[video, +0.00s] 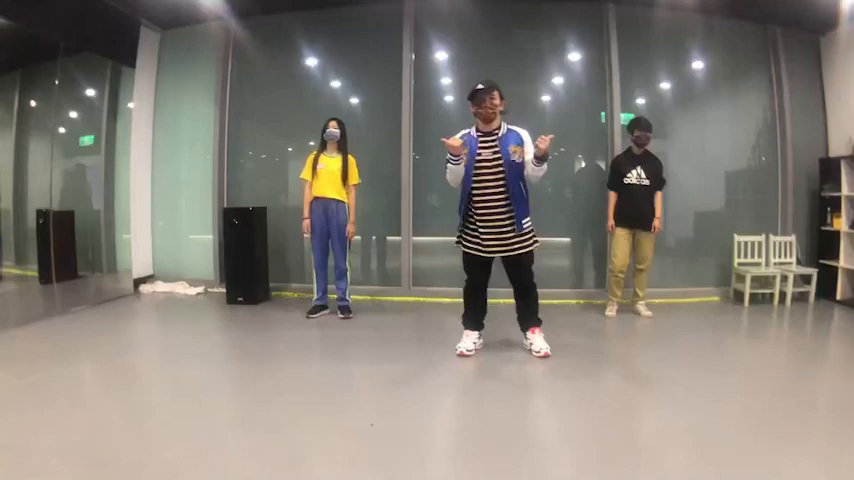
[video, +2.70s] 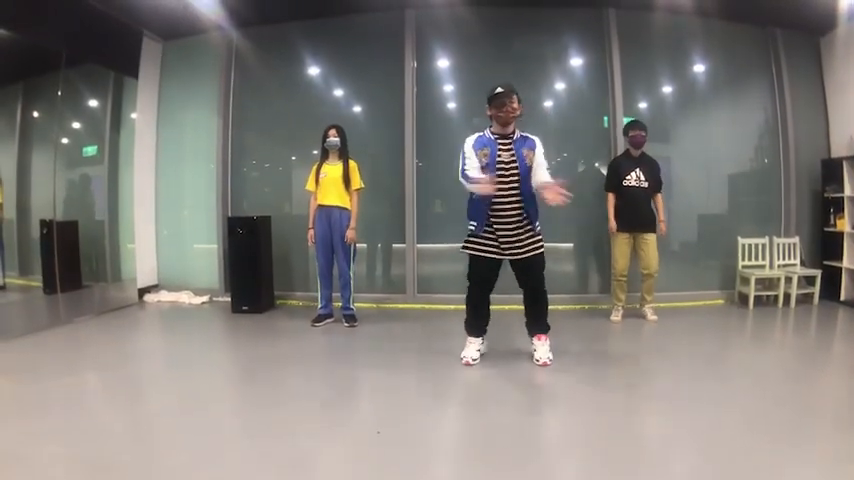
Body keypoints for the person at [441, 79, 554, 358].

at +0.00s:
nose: (488, 105)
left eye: (492, 99)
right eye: (481, 101)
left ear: (502, 104)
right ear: (473, 107)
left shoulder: (518, 135)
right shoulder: (463, 140)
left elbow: (533, 177)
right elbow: (454, 181)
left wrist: (540, 157)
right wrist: (456, 156)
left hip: (513, 224)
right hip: (476, 226)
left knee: (523, 280)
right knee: (475, 281)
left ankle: (532, 331)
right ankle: (471, 332)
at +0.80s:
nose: (510, 112)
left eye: (514, 106)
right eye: (503, 107)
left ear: (522, 108)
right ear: (493, 110)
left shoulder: (535, 144)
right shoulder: (479, 141)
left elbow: (542, 175)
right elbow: (465, 179)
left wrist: (543, 197)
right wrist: (474, 159)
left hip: (523, 228)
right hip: (485, 227)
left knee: (527, 283)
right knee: (476, 282)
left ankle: (531, 333)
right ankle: (471, 332)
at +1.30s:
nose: (491, 105)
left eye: (495, 100)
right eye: (485, 101)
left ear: (505, 104)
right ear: (476, 107)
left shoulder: (519, 136)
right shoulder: (463, 140)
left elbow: (540, 168)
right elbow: (455, 163)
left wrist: (527, 202)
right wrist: (456, 179)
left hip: (511, 222)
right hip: (474, 225)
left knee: (520, 278)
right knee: (473, 280)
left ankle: (528, 330)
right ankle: (471, 331)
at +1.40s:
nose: (503, 105)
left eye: (506, 101)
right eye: (496, 102)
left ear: (513, 106)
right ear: (484, 109)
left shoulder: (526, 140)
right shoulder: (469, 143)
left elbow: (548, 169)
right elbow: (459, 178)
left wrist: (527, 181)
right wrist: (454, 210)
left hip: (516, 227)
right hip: (478, 228)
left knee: (524, 281)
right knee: (475, 282)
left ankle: (531, 333)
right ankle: (473, 334)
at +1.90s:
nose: (530, 109)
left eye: (534, 103)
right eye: (523, 104)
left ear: (543, 105)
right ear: (513, 108)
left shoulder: (554, 141)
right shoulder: (498, 140)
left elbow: (557, 172)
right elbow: (484, 169)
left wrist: (544, 194)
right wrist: (481, 189)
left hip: (536, 223)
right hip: (499, 219)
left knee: (536, 280)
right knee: (484, 270)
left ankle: (535, 332)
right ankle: (482, 318)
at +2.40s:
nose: (506, 108)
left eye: (511, 102)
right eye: (500, 103)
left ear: (520, 108)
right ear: (490, 109)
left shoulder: (534, 141)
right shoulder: (473, 145)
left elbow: (562, 167)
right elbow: (464, 178)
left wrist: (568, 207)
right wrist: (443, 172)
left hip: (524, 227)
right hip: (485, 228)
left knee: (532, 283)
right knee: (482, 285)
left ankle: (537, 336)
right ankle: (479, 337)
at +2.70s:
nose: (508, 108)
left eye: (512, 103)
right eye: (501, 104)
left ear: (520, 108)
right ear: (490, 110)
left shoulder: (531, 143)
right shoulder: (475, 142)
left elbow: (540, 176)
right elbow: (468, 174)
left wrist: (548, 188)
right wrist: (482, 183)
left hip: (523, 228)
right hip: (486, 229)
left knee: (534, 284)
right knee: (479, 285)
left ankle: (540, 337)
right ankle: (474, 338)